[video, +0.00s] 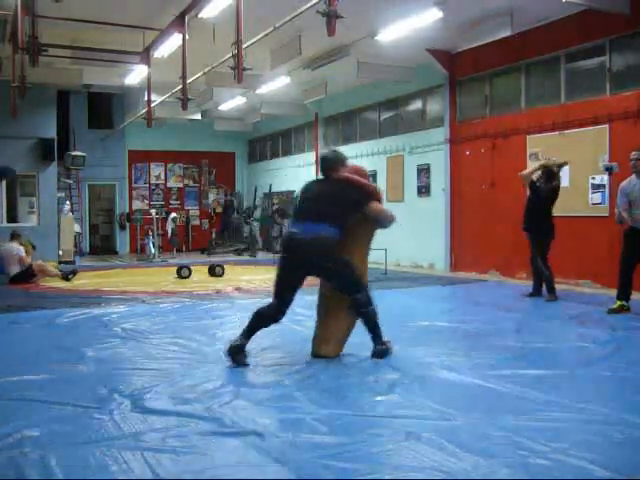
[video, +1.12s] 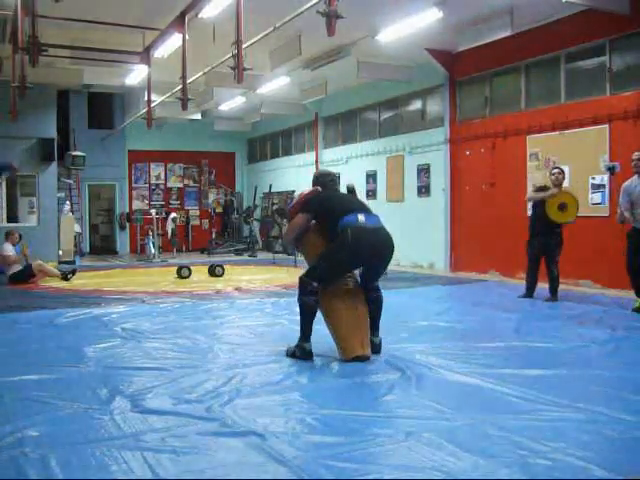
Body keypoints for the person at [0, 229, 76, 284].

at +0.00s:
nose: (20, 240)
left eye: (19, 239)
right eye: (19, 239)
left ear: (10, 238)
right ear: (18, 239)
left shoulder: (4, 247)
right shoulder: (18, 248)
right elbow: (26, 263)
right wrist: (29, 253)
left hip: (10, 277)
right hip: (18, 276)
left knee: (43, 270)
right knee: (39, 265)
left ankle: (63, 274)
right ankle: (63, 275)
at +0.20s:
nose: (21, 242)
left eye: (20, 241)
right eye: (21, 240)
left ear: (12, 238)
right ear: (20, 239)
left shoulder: (3, 246)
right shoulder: (20, 248)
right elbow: (27, 263)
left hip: (10, 277)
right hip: (19, 276)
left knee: (45, 272)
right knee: (42, 266)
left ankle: (64, 275)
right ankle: (63, 275)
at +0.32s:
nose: (20, 240)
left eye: (19, 238)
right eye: (20, 238)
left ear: (11, 237)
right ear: (18, 238)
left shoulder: (4, 246)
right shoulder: (17, 248)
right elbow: (23, 263)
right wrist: (29, 256)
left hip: (10, 276)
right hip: (16, 276)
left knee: (40, 266)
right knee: (41, 265)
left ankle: (63, 275)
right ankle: (63, 275)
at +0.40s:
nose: (19, 240)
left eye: (18, 238)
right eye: (18, 238)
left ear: (10, 237)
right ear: (14, 238)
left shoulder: (9, 246)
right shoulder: (10, 246)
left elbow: (15, 262)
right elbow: (16, 261)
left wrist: (25, 256)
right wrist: (27, 256)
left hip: (16, 274)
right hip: (15, 276)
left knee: (40, 265)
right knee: (40, 265)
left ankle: (63, 275)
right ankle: (63, 276)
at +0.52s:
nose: (18, 240)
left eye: (17, 237)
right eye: (16, 237)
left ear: (12, 238)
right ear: (11, 238)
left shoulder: (12, 248)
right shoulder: (7, 247)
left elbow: (13, 261)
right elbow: (10, 261)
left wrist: (24, 259)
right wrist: (21, 257)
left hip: (18, 274)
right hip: (14, 276)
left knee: (43, 269)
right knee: (39, 264)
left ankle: (64, 275)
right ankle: (63, 276)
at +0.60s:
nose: (16, 239)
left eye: (17, 237)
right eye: (14, 237)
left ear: (18, 237)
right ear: (10, 237)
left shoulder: (18, 248)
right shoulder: (5, 247)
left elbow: (23, 262)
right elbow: (2, 258)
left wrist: (27, 256)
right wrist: (14, 255)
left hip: (22, 274)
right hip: (13, 276)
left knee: (45, 269)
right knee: (39, 263)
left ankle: (63, 275)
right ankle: (62, 275)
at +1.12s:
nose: (17, 240)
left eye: (17, 238)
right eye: (15, 237)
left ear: (17, 239)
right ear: (9, 237)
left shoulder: (12, 248)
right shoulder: (6, 246)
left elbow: (14, 261)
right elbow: (9, 261)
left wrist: (24, 256)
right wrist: (21, 255)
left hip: (19, 274)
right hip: (14, 276)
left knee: (45, 270)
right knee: (39, 264)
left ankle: (64, 274)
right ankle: (62, 275)